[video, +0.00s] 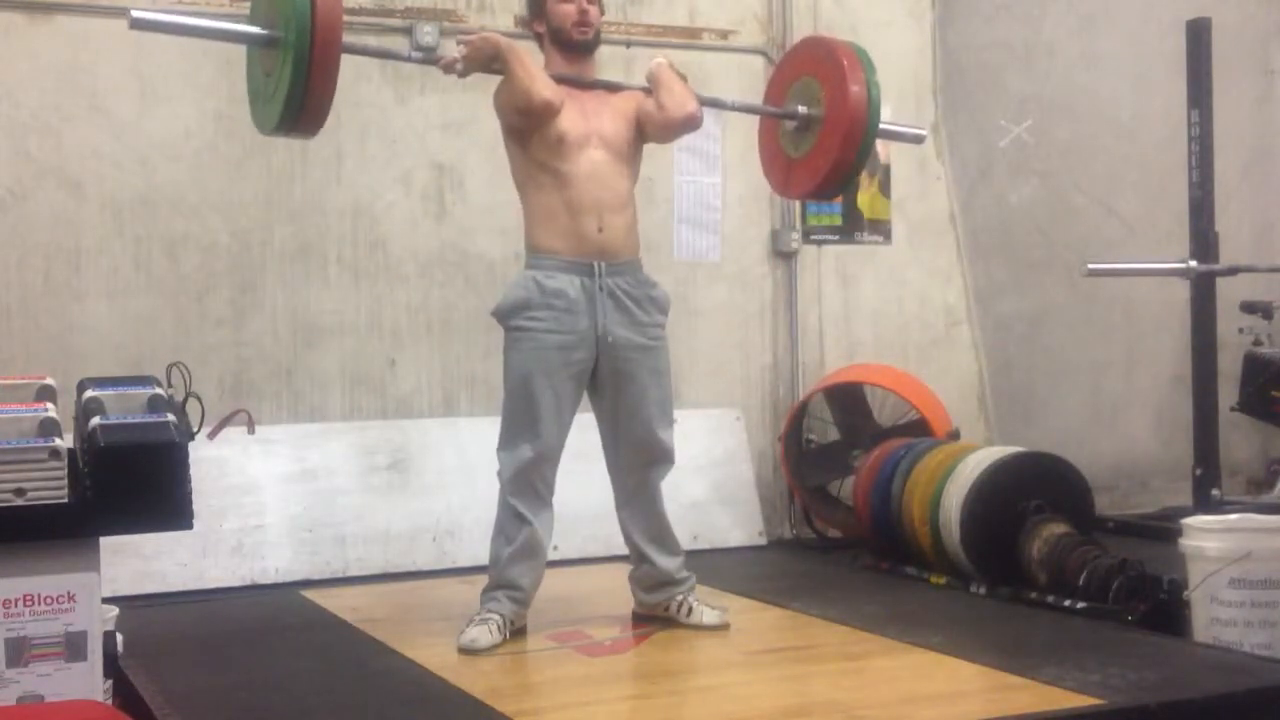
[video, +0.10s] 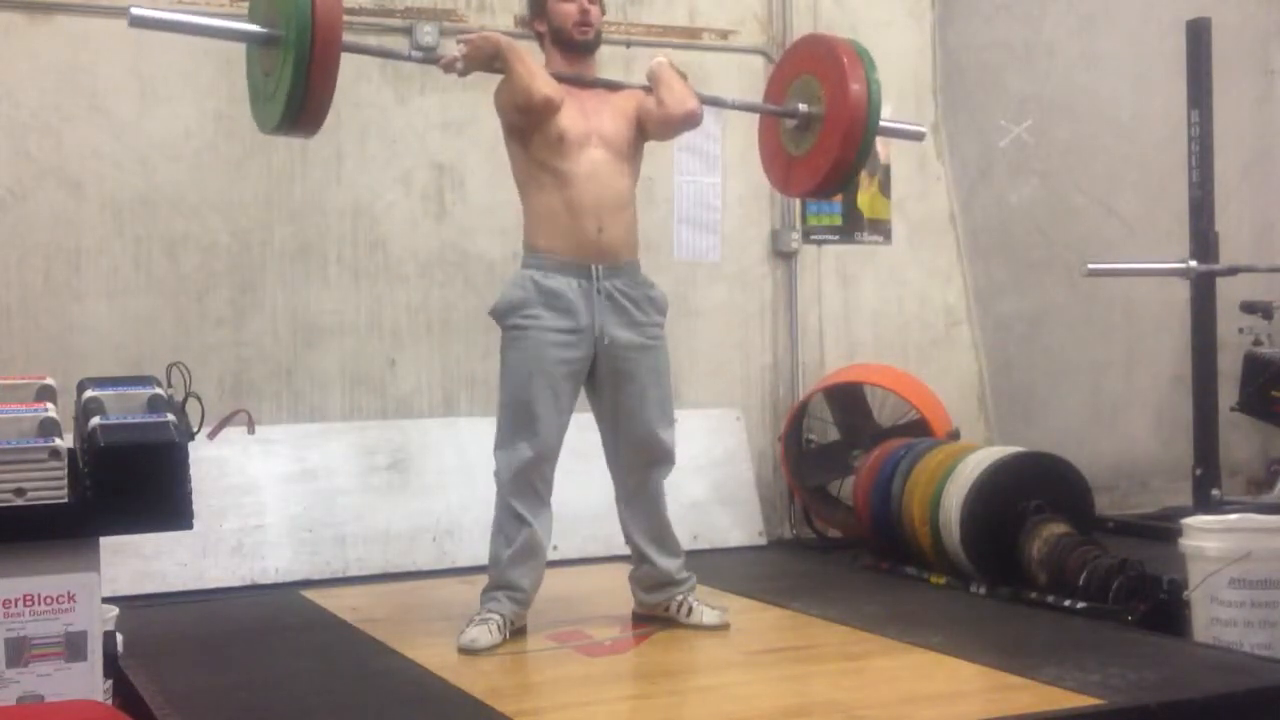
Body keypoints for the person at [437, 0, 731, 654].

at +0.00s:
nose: (586, 9)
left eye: (593, 2)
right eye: (570, 1)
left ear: (602, 20)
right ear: (541, 19)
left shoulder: (630, 102)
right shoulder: (525, 99)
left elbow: (685, 114)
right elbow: (538, 105)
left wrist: (658, 64)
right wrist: (506, 50)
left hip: (631, 292)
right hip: (550, 292)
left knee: (647, 450)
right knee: (530, 456)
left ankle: (661, 591)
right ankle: (504, 603)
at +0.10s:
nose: (587, 9)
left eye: (594, 2)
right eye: (571, 1)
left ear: (602, 20)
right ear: (542, 18)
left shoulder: (631, 102)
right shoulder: (527, 98)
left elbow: (685, 111)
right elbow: (538, 100)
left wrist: (659, 64)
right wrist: (506, 49)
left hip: (629, 294)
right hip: (547, 293)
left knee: (648, 449)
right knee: (527, 454)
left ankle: (661, 592)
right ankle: (504, 603)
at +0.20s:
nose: (588, 23)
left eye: (596, 14)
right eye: (573, 12)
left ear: (604, 32)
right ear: (543, 31)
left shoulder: (631, 113)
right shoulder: (522, 108)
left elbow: (685, 130)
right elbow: (539, 111)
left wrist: (664, 80)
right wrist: (506, 59)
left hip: (624, 312)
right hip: (541, 310)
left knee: (666, 445)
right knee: (520, 448)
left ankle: (662, 590)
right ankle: (504, 602)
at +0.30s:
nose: (590, 48)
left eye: (598, 39)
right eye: (575, 38)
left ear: (607, 57)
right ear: (546, 56)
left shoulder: (632, 140)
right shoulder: (528, 132)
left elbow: (684, 156)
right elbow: (531, 156)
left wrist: (664, 109)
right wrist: (508, 96)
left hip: (620, 330)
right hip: (537, 327)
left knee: (678, 445)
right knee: (516, 452)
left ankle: (664, 592)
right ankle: (502, 605)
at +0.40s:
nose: (591, 80)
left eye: (600, 72)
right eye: (576, 71)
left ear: (610, 91)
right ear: (548, 90)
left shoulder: (632, 173)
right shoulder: (529, 164)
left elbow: (686, 193)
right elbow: (533, 189)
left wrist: (664, 143)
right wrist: (509, 133)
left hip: (619, 360)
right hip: (533, 358)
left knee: (692, 457)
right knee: (509, 469)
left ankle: (663, 594)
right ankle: (502, 607)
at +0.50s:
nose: (592, 111)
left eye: (600, 105)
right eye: (576, 104)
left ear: (610, 123)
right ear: (548, 125)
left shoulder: (634, 208)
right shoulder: (526, 200)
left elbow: (687, 232)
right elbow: (543, 229)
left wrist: (667, 179)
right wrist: (508, 168)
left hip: (616, 384)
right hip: (532, 383)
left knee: (698, 464)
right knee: (507, 479)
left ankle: (662, 596)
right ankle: (502, 608)